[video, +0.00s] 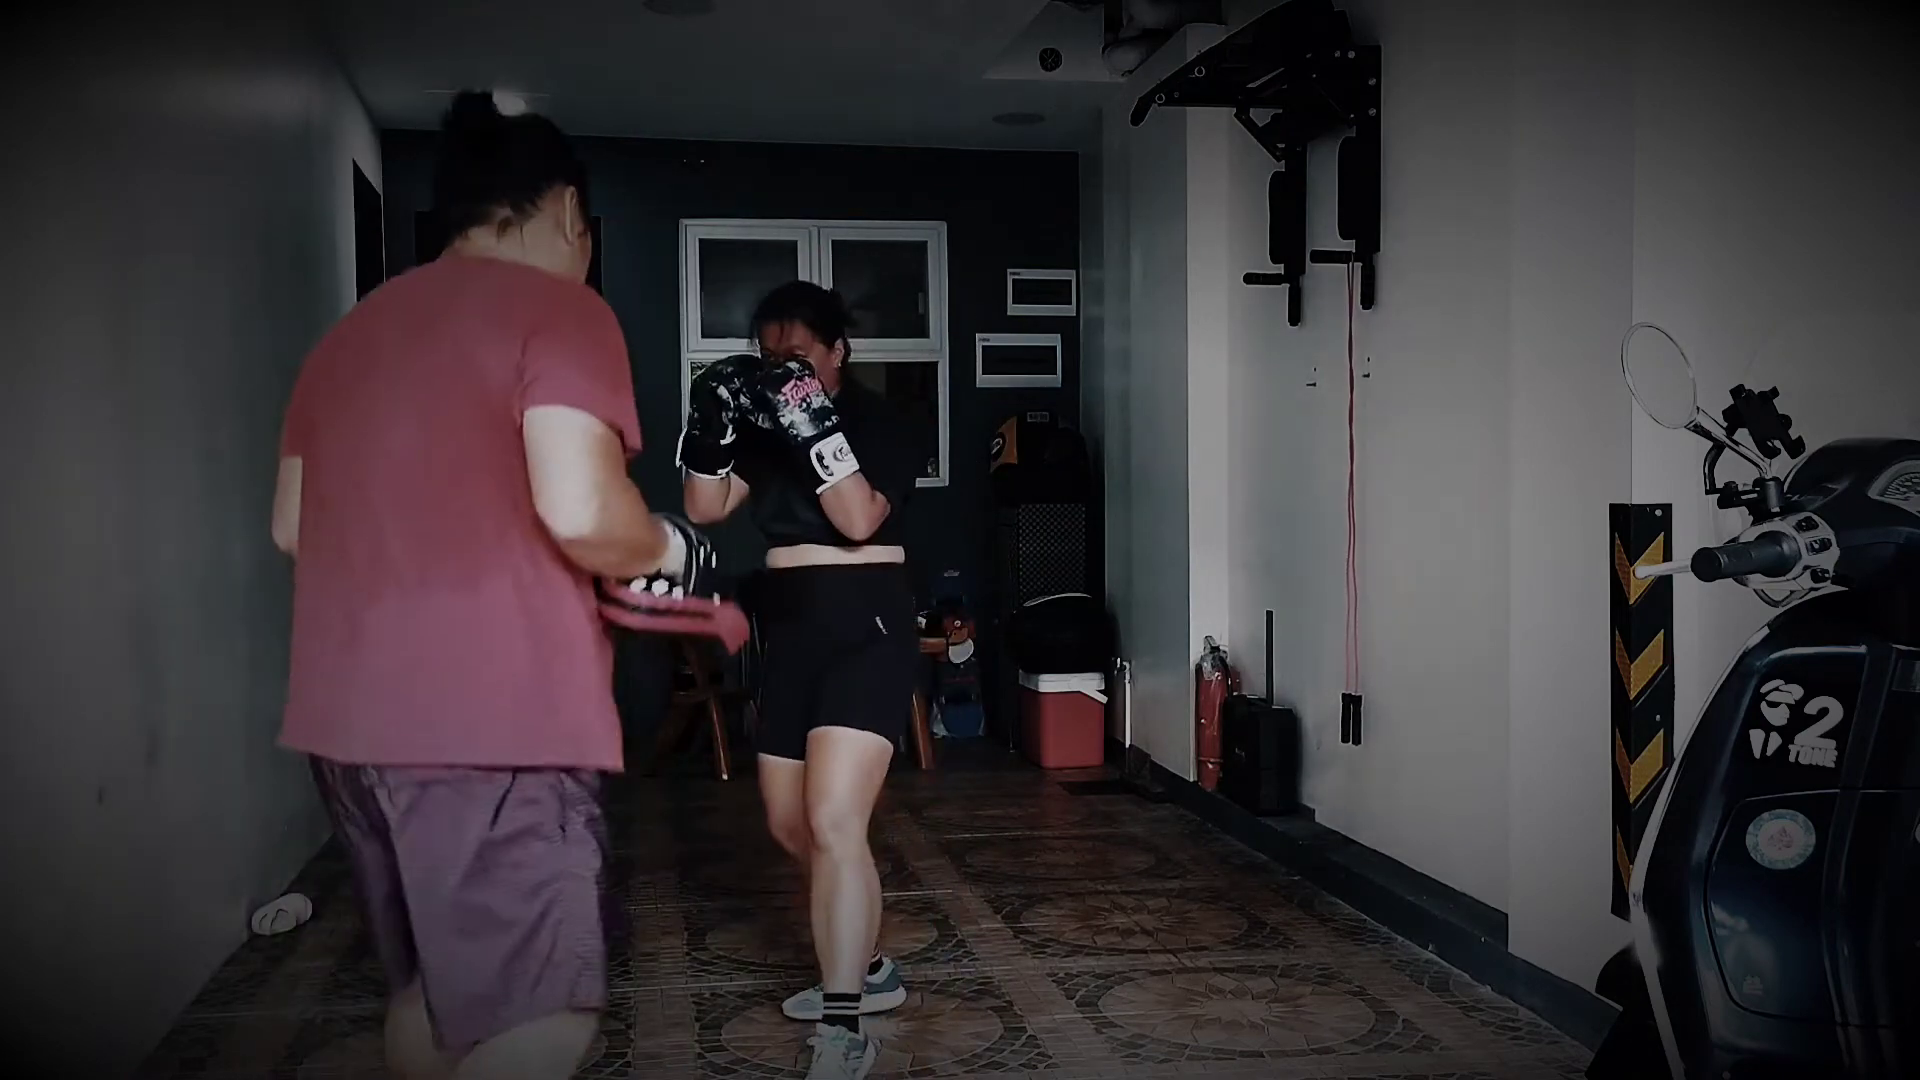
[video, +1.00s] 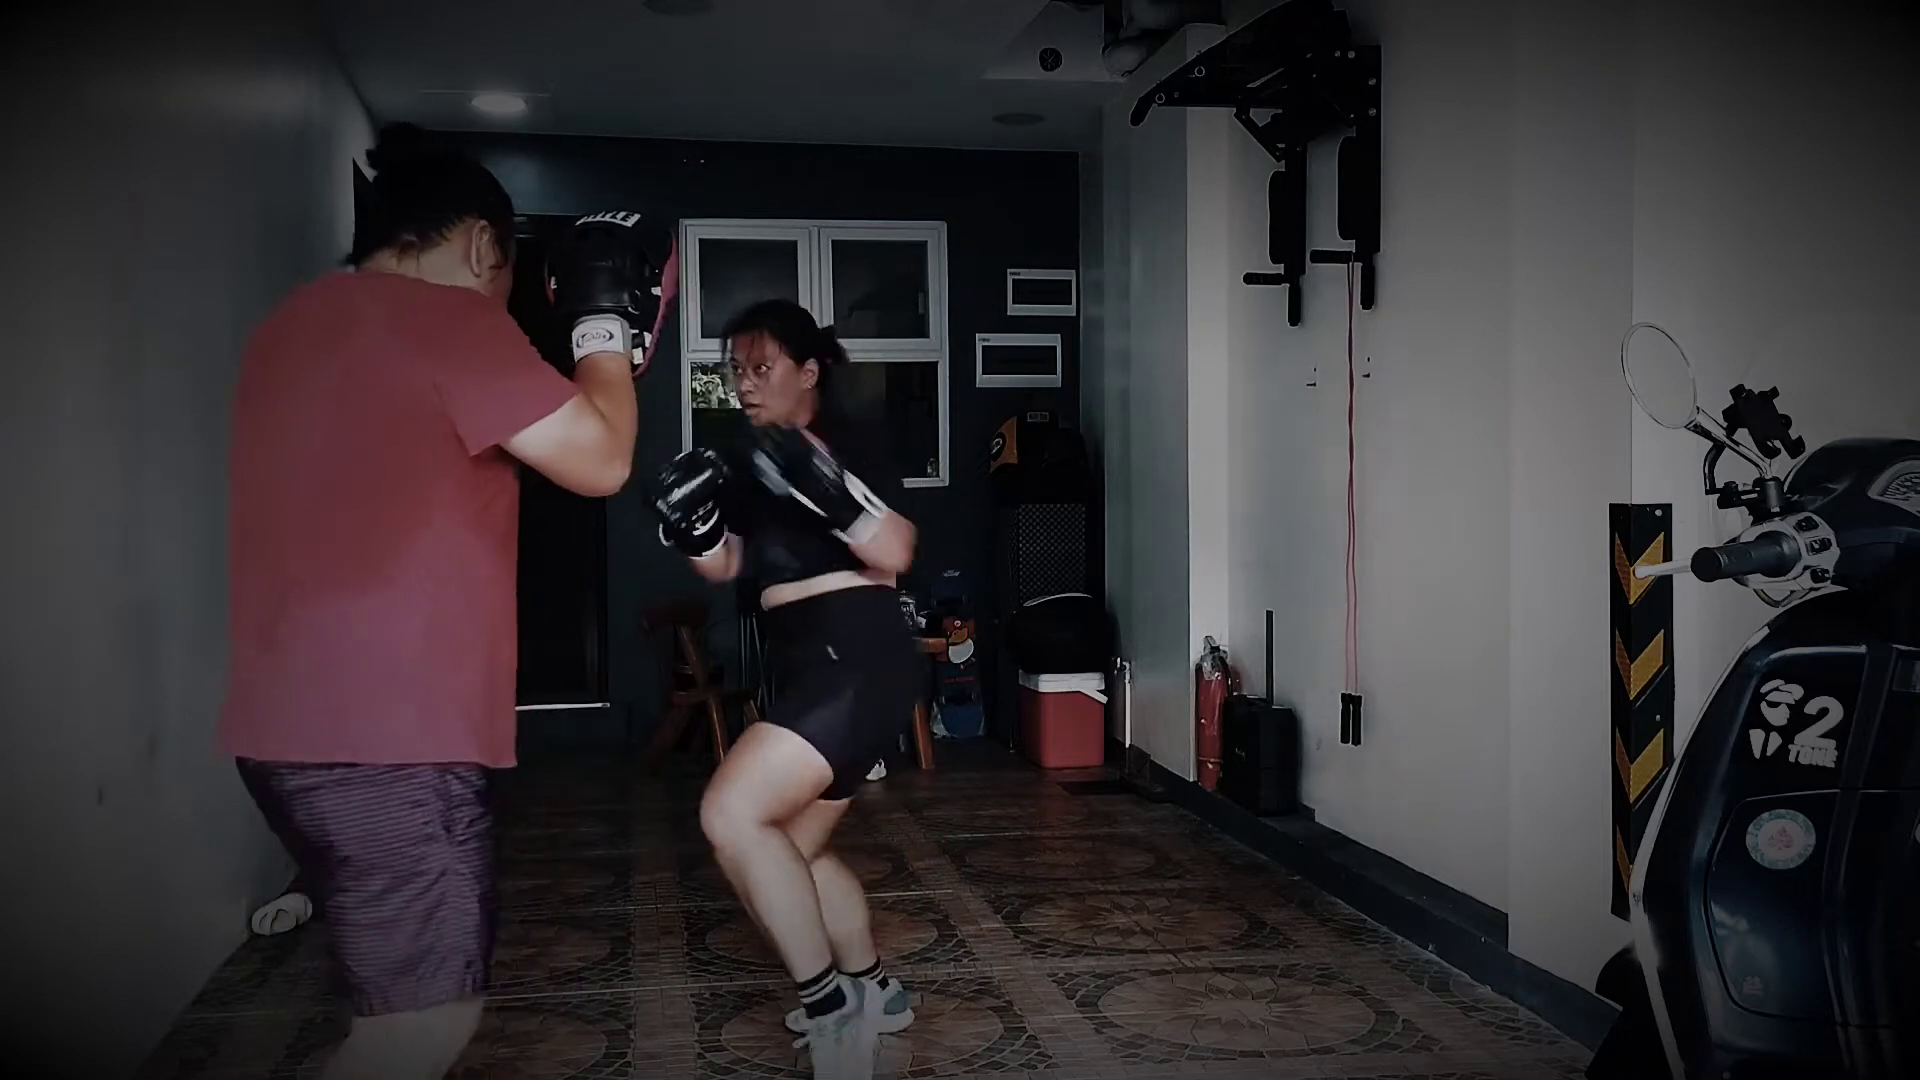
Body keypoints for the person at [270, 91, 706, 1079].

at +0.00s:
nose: (585, 254)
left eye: (582, 229)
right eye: (583, 227)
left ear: (459, 216)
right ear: (556, 205)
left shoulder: (350, 331)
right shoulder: (556, 307)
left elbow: (293, 524)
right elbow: (581, 512)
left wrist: (472, 564)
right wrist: (663, 548)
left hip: (347, 730)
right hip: (491, 733)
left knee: (421, 984)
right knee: (540, 1014)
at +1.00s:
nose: (497, 281)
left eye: (500, 262)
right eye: (499, 258)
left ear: (384, 229)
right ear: (475, 238)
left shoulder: (286, 330)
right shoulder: (449, 326)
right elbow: (603, 460)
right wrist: (610, 341)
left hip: (286, 734)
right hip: (396, 744)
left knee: (392, 1002)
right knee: (426, 1018)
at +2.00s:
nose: (472, 322)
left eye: (472, 304)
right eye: (470, 299)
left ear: (359, 285)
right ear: (445, 280)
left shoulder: (252, 394)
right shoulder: (439, 367)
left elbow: (223, 566)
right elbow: (609, 459)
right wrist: (610, 326)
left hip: (240, 748)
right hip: (363, 754)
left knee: (323, 982)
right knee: (414, 1012)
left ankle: (321, 1063)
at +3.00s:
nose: (610, 312)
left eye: (614, 298)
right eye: (591, 296)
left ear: (613, 313)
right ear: (537, 307)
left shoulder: (621, 404)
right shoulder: (466, 381)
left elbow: (630, 503)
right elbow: (397, 487)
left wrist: (636, 548)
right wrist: (461, 571)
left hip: (568, 651)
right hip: (445, 645)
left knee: (583, 797)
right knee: (394, 803)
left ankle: (580, 969)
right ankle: (340, 973)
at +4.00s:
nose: (653, 368)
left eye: (663, 353)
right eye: (637, 351)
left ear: (670, 359)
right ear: (592, 353)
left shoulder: (680, 433)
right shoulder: (534, 424)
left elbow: (730, 521)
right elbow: (493, 530)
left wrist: (750, 457)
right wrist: (558, 522)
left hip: (656, 670)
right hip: (539, 674)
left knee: (720, 783)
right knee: (483, 817)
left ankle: (735, 939)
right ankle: (452, 939)